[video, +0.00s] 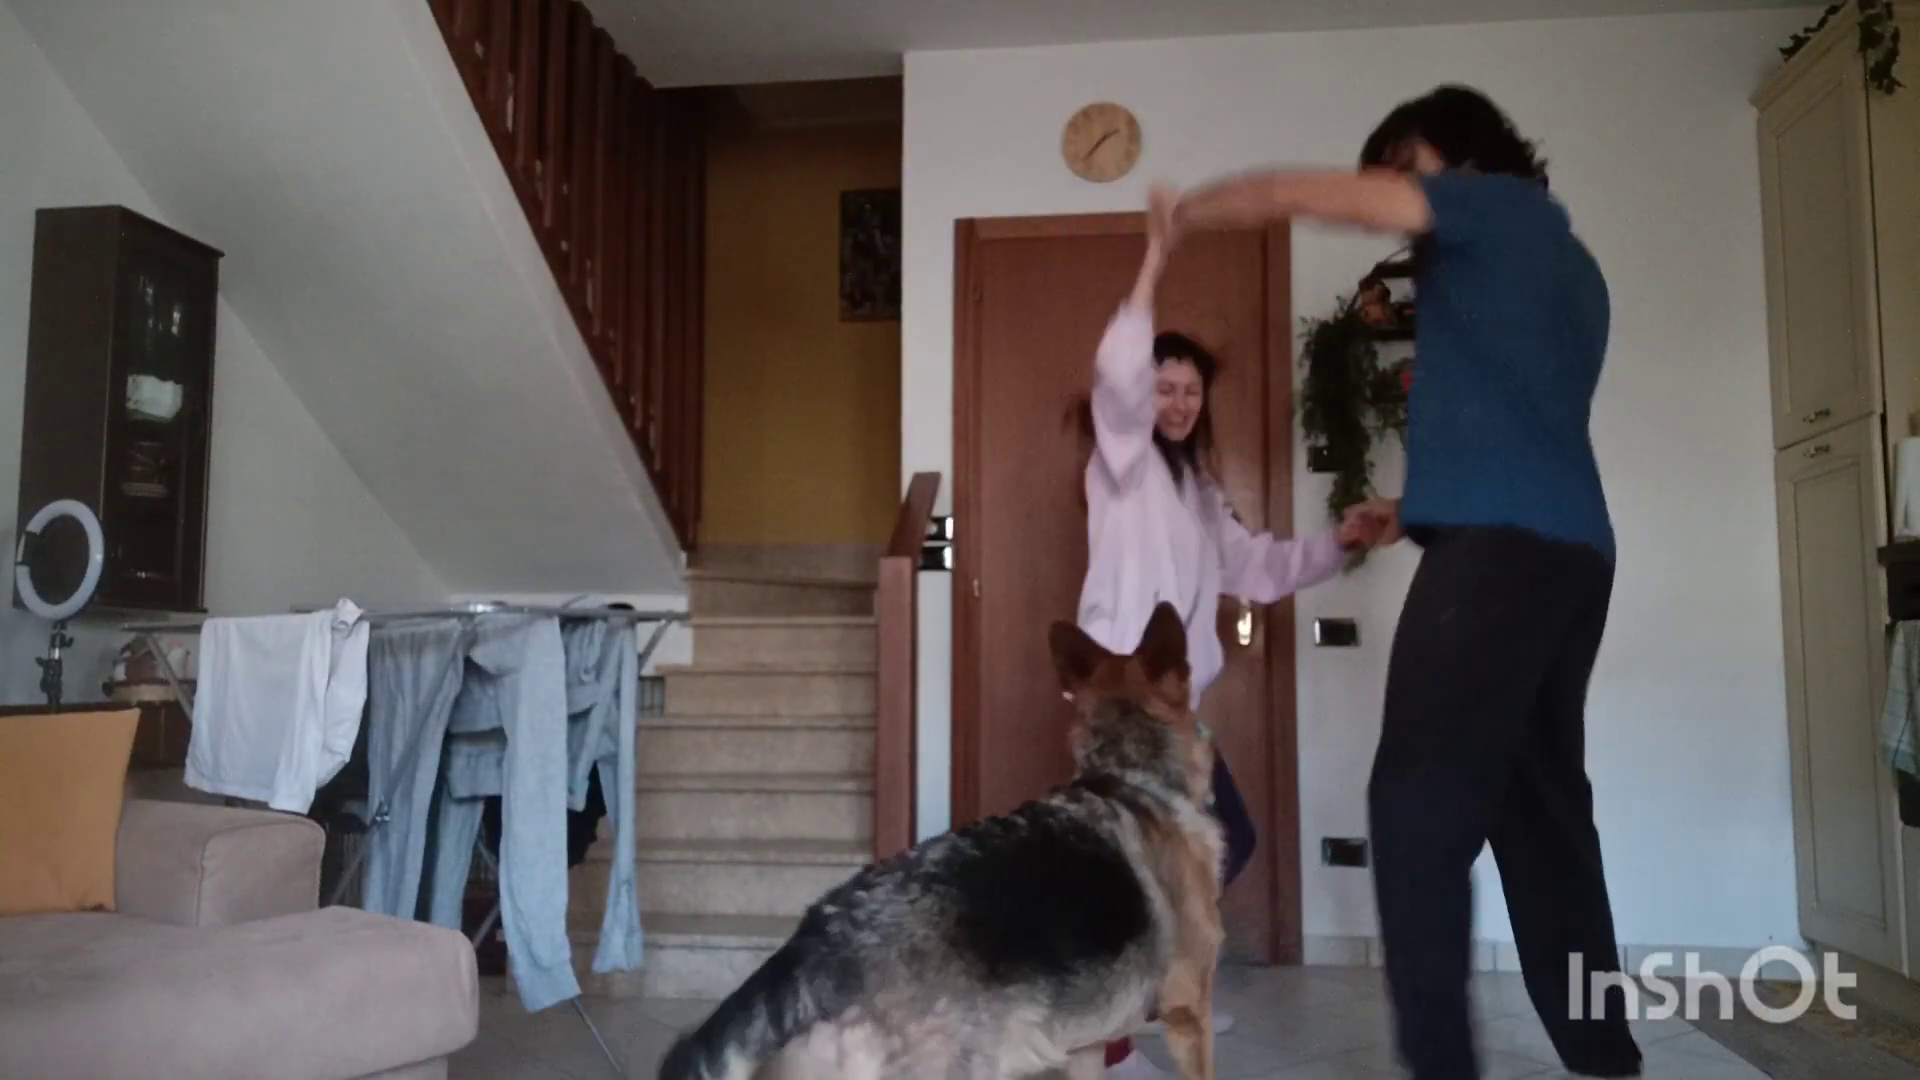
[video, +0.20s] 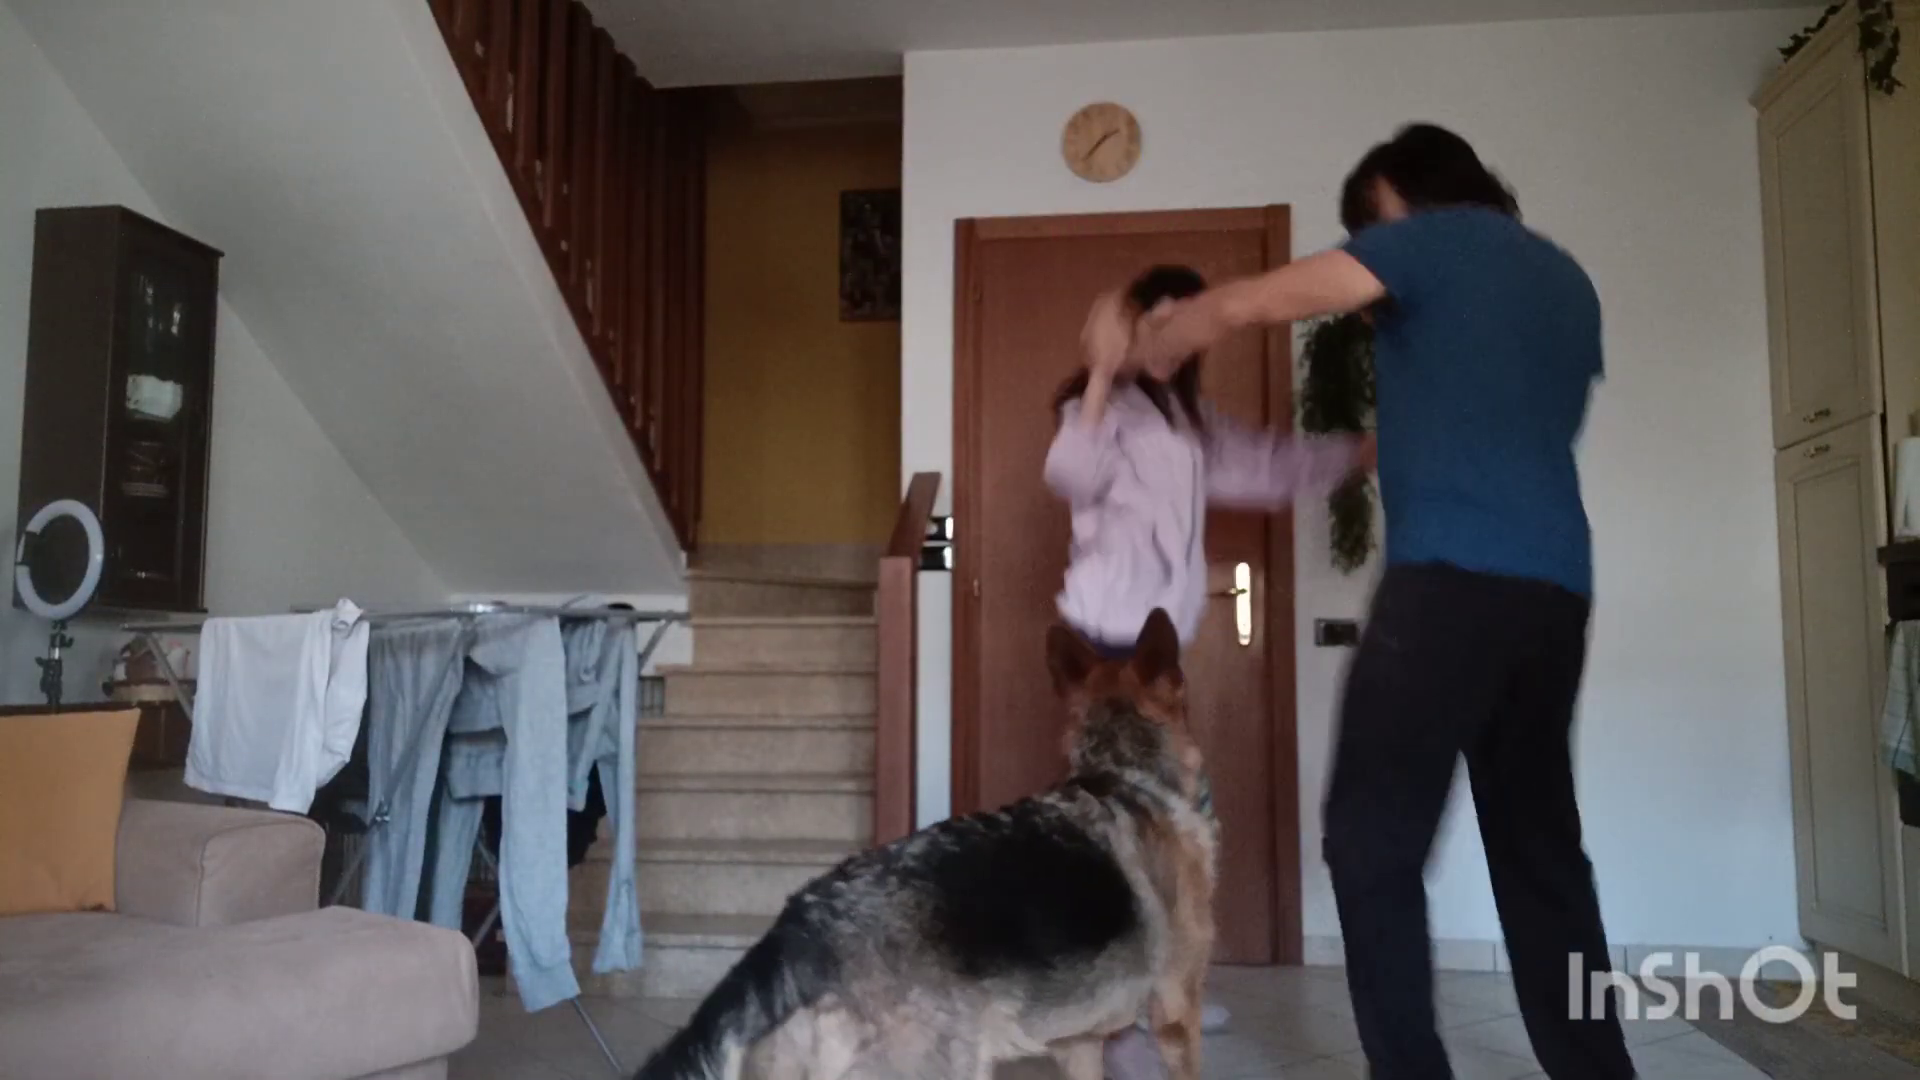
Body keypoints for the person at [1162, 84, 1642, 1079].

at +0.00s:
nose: (1397, 204)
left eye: (1399, 184)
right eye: (1391, 190)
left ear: (1435, 152)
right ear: (1493, 152)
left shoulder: (1486, 206)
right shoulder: (1575, 266)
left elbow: (1294, 194)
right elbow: (1528, 419)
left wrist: (1186, 209)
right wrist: (1408, 511)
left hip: (1493, 547)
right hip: (1569, 558)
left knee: (1416, 810)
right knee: (1539, 805)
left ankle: (1441, 1062)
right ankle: (1605, 1055)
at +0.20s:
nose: (1376, 235)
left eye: (1375, 220)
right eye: (1370, 224)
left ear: (1398, 191)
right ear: (1478, 185)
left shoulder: (1425, 244)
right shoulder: (1569, 282)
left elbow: (1245, 303)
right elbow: (1538, 419)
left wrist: (1151, 340)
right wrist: (1388, 443)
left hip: (1444, 586)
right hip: (1552, 601)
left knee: (1370, 841)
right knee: (1541, 851)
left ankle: (1409, 1067)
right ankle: (1596, 1067)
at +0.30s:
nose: (1355, 218)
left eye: (1356, 202)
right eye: (1349, 204)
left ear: (1384, 174)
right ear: (1470, 172)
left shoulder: (1386, 217)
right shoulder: (1559, 258)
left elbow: (1217, 328)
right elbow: (1508, 401)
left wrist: (1123, 403)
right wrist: (1354, 425)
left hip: (1404, 566)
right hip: (1530, 583)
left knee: (1362, 838)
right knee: (1537, 826)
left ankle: (1392, 1067)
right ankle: (1585, 1062)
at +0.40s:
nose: (1329, 224)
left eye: (1330, 210)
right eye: (1328, 213)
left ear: (1354, 193)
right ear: (1455, 187)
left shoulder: (1345, 245)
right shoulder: (1536, 263)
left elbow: (1201, 388)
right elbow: (1538, 361)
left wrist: (1116, 485)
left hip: (1374, 601)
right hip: (1508, 610)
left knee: (1355, 873)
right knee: (1521, 846)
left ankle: (1368, 1070)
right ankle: (1578, 1070)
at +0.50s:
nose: (1311, 247)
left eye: (1309, 230)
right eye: (1308, 233)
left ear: (1332, 214)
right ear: (1422, 198)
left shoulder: (1314, 273)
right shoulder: (1520, 263)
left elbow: (1193, 445)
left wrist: (1136, 546)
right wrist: (1439, 230)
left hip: (1358, 612)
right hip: (1495, 620)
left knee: (1332, 876)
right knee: (1516, 854)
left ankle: (1367, 1070)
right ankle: (1558, 1067)